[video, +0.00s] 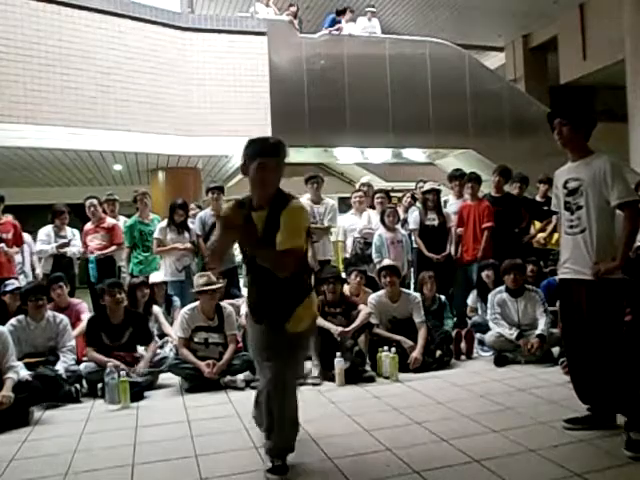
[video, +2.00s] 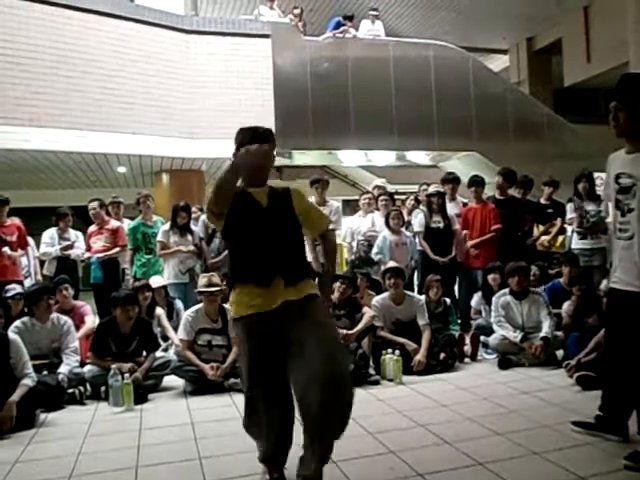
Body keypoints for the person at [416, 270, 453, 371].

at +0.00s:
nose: (429, 287)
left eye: (432, 284)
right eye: (426, 284)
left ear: (435, 286)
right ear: (422, 287)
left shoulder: (441, 300)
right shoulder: (417, 301)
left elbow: (448, 317)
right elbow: (416, 319)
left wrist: (446, 330)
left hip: (439, 331)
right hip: (424, 331)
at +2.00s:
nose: (435, 291)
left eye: (438, 288)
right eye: (432, 288)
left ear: (442, 290)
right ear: (427, 290)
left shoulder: (446, 303)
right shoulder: (421, 302)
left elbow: (453, 321)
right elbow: (420, 321)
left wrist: (454, 333)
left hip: (444, 331)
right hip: (429, 331)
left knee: (449, 338)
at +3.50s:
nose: (435, 292)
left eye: (437, 289)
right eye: (432, 289)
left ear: (441, 290)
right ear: (427, 291)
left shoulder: (446, 303)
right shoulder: (421, 303)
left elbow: (453, 322)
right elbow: (421, 322)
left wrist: (453, 334)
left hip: (444, 331)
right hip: (429, 331)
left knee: (449, 338)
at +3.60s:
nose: (435, 292)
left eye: (437, 288)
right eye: (432, 289)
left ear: (441, 289)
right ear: (427, 291)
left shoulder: (447, 303)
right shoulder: (421, 303)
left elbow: (453, 322)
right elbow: (421, 322)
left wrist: (452, 334)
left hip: (444, 332)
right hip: (429, 333)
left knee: (449, 339)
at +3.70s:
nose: (435, 292)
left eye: (437, 288)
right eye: (432, 289)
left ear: (441, 289)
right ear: (427, 291)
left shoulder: (447, 303)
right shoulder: (421, 303)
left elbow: (453, 322)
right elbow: (421, 322)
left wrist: (452, 334)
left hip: (444, 332)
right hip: (429, 332)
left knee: (449, 339)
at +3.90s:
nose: (435, 292)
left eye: (437, 288)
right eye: (432, 289)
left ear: (441, 289)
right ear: (427, 291)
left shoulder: (447, 303)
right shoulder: (421, 303)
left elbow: (453, 322)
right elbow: (421, 322)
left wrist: (452, 334)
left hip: (444, 332)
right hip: (429, 332)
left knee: (449, 339)